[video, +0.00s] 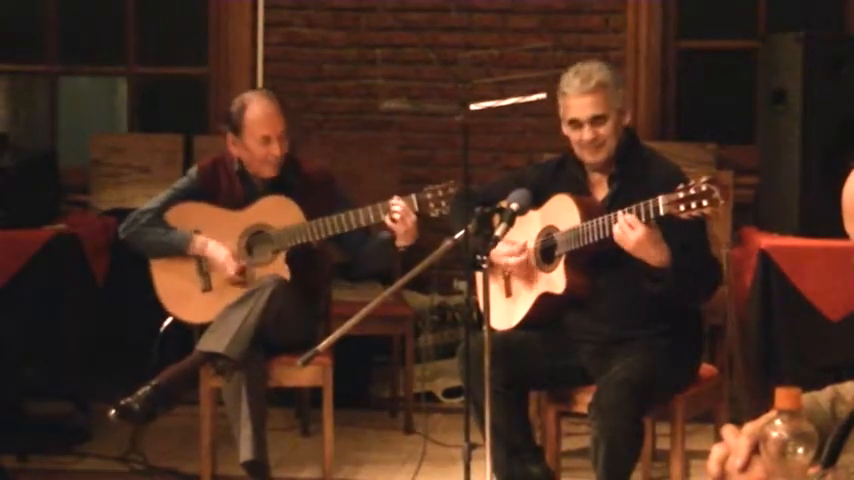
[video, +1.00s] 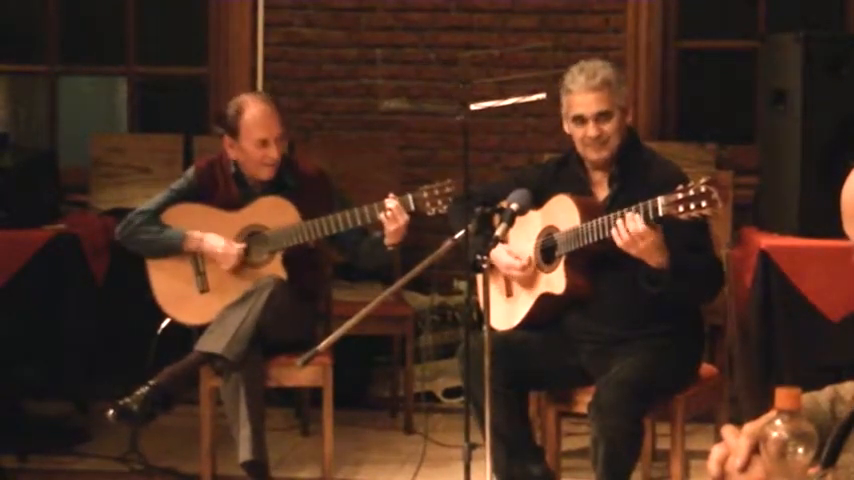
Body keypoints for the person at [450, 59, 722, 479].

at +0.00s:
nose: (588, 135)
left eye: (599, 121)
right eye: (575, 125)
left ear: (624, 116)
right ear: (562, 125)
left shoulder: (663, 183)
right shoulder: (554, 177)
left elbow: (705, 281)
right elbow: (466, 205)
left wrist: (663, 258)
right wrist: (486, 246)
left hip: (652, 341)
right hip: (573, 336)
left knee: (615, 399)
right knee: (487, 354)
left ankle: (611, 474)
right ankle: (523, 472)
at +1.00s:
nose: (593, 131)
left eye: (604, 118)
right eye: (579, 121)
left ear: (626, 115)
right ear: (565, 124)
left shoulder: (664, 182)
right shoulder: (555, 176)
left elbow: (707, 281)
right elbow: (464, 206)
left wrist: (662, 261)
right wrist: (489, 247)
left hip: (653, 341)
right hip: (573, 337)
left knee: (614, 400)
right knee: (487, 354)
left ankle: (611, 474)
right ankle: (523, 471)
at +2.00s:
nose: (577, 139)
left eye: (589, 126)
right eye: (568, 128)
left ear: (623, 119)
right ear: (561, 124)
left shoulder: (665, 184)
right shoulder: (557, 176)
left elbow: (706, 281)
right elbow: (467, 205)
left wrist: (661, 260)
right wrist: (486, 250)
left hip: (653, 342)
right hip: (573, 336)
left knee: (613, 394)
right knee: (484, 353)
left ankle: (609, 473)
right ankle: (524, 471)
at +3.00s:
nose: (584, 143)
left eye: (596, 129)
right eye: (572, 131)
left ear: (625, 119)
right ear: (561, 126)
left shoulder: (665, 183)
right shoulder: (557, 176)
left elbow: (705, 281)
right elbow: (468, 203)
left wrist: (658, 262)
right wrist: (488, 248)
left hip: (654, 342)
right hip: (574, 335)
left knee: (611, 403)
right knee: (485, 353)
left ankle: (613, 474)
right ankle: (523, 471)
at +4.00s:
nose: (585, 138)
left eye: (597, 125)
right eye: (573, 127)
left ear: (624, 117)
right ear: (563, 124)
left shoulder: (666, 183)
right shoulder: (557, 177)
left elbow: (705, 284)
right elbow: (467, 202)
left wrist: (662, 259)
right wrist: (489, 249)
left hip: (652, 344)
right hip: (572, 338)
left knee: (613, 404)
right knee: (484, 352)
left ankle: (613, 474)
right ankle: (525, 471)